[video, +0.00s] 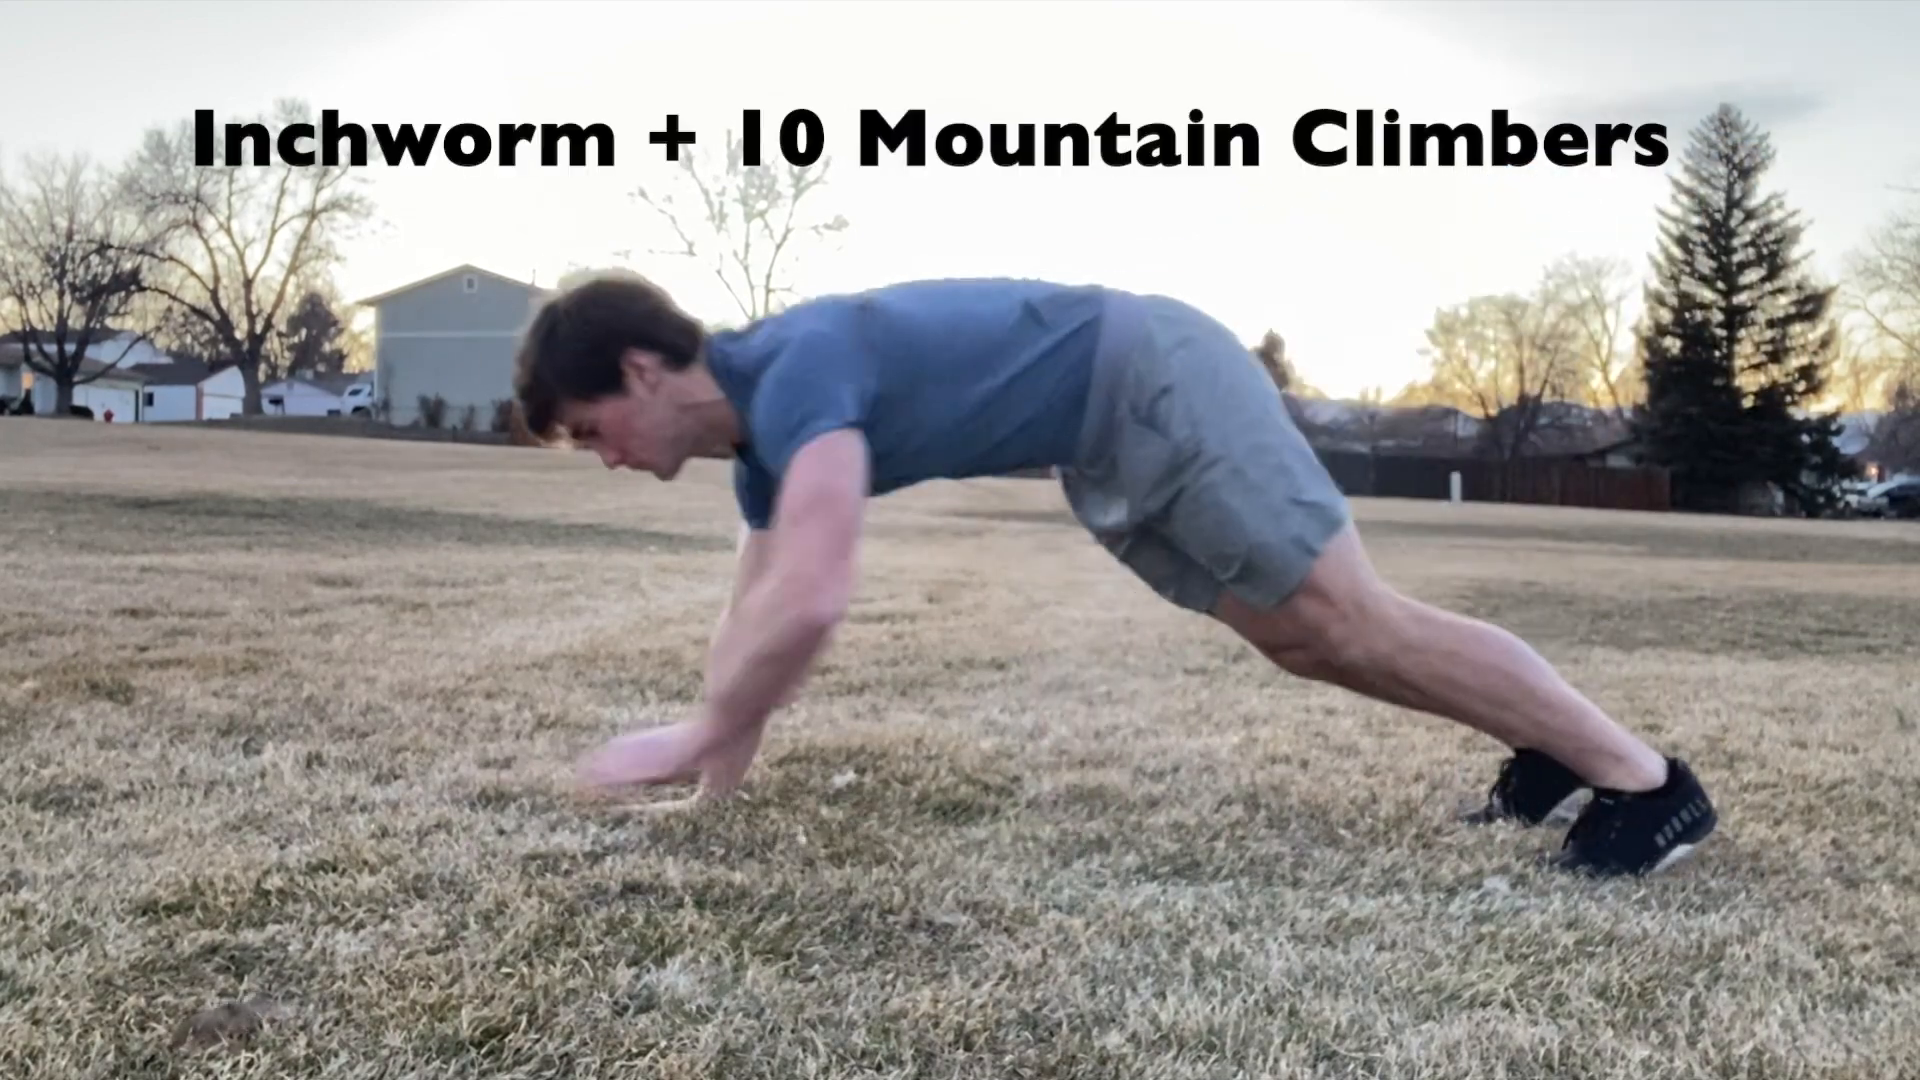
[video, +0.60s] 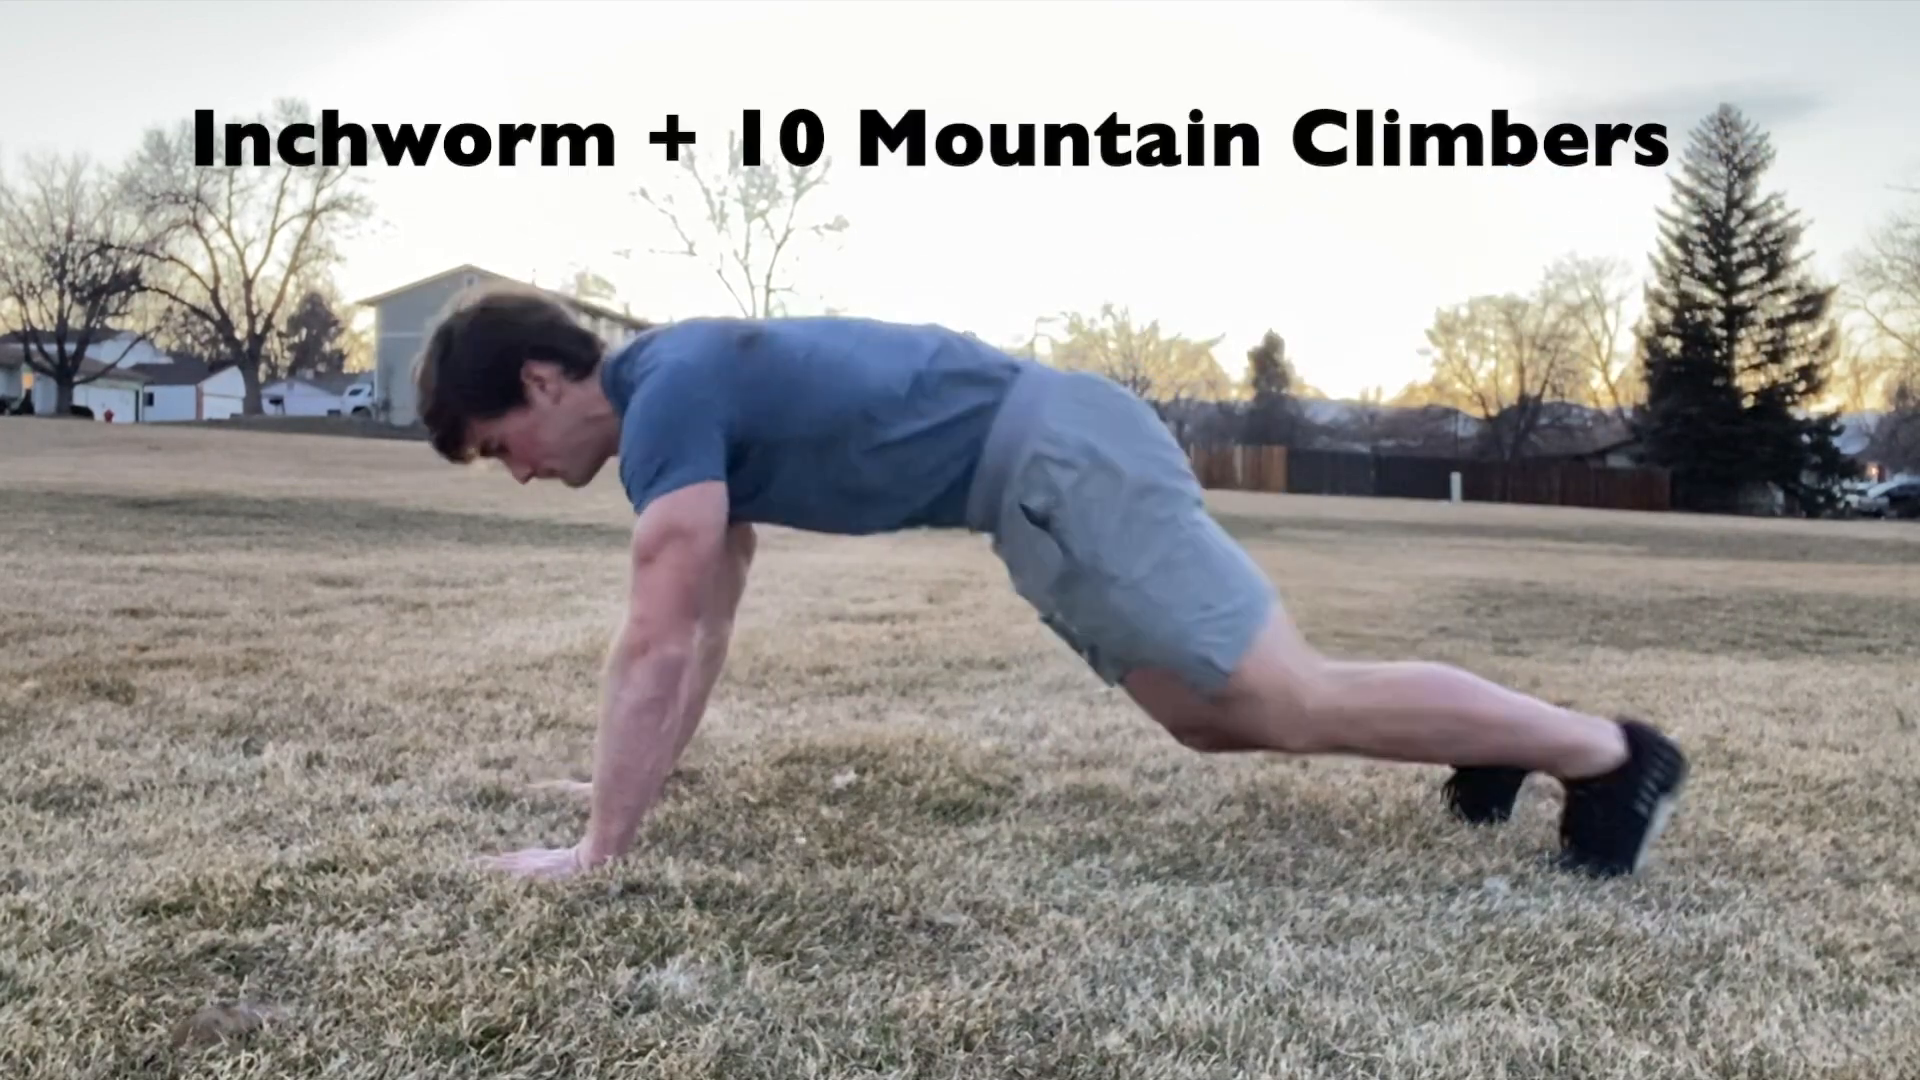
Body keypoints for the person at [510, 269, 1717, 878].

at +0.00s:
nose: (609, 465)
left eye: (599, 436)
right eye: (590, 449)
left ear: (648, 374)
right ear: (646, 383)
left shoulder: (804, 372)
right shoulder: (755, 419)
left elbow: (814, 594)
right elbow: (771, 590)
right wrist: (720, 742)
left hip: (1151, 373)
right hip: (1102, 435)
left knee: (1351, 621)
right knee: (1302, 636)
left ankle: (1648, 780)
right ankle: (1554, 737)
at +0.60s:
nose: (517, 473)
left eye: (503, 445)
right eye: (497, 460)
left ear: (541, 382)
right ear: (553, 384)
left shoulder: (676, 381)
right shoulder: (689, 401)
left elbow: (660, 638)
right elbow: (698, 639)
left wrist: (598, 846)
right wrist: (633, 803)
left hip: (1055, 448)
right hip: (1031, 480)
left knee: (1271, 693)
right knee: (1202, 711)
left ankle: (1613, 755)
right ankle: (1491, 742)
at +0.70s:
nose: (509, 484)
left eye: (493, 458)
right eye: (488, 474)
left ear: (531, 389)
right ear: (540, 392)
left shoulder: (661, 384)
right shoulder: (670, 405)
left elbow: (640, 635)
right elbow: (682, 637)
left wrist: (592, 849)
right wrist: (626, 804)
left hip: (1042, 399)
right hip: (1027, 420)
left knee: (1153, 706)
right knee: (1186, 666)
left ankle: (1472, 693)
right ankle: (1450, 712)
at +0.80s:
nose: (506, 484)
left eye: (487, 459)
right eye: (483, 474)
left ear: (520, 393)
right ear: (526, 397)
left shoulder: (651, 374)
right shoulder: (651, 398)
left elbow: (638, 626)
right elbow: (674, 624)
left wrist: (597, 842)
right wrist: (628, 792)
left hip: (1014, 338)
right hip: (1019, 370)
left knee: (925, 566)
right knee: (1237, 576)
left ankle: (1225, 705)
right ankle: (1491, 716)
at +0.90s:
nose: (509, 481)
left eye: (489, 455)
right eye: (485, 470)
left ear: (521, 387)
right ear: (525, 394)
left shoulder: (651, 365)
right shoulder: (653, 392)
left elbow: (634, 629)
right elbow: (661, 630)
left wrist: (594, 843)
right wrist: (614, 807)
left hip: (1016, 340)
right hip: (1028, 389)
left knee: (774, 415)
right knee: (1246, 565)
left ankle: (900, 748)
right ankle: (1521, 682)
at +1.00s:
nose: (506, 472)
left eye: (485, 448)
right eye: (482, 464)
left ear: (516, 376)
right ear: (523, 372)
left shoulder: (651, 372)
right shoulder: (651, 386)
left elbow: (630, 622)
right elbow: (679, 615)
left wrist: (594, 845)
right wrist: (653, 783)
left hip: (1003, 389)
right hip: (1006, 448)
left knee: (726, 458)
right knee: (1226, 642)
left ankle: (761, 819)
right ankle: (1521, 747)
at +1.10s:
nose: (508, 480)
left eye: (487, 456)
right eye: (482, 474)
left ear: (516, 382)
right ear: (520, 385)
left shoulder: (659, 374)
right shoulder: (652, 405)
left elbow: (635, 622)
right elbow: (669, 630)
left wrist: (596, 844)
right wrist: (606, 826)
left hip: (1004, 409)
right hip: (1010, 496)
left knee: (726, 447)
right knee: (1216, 675)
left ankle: (763, 808)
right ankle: (1529, 751)